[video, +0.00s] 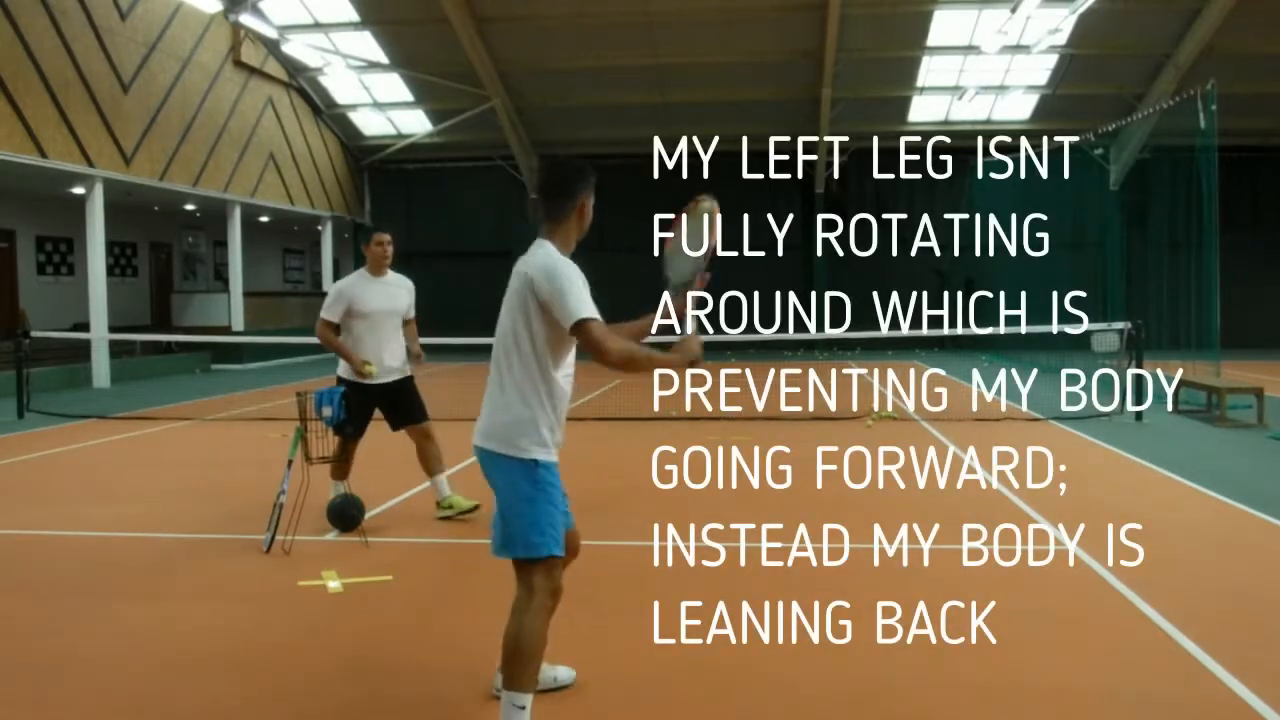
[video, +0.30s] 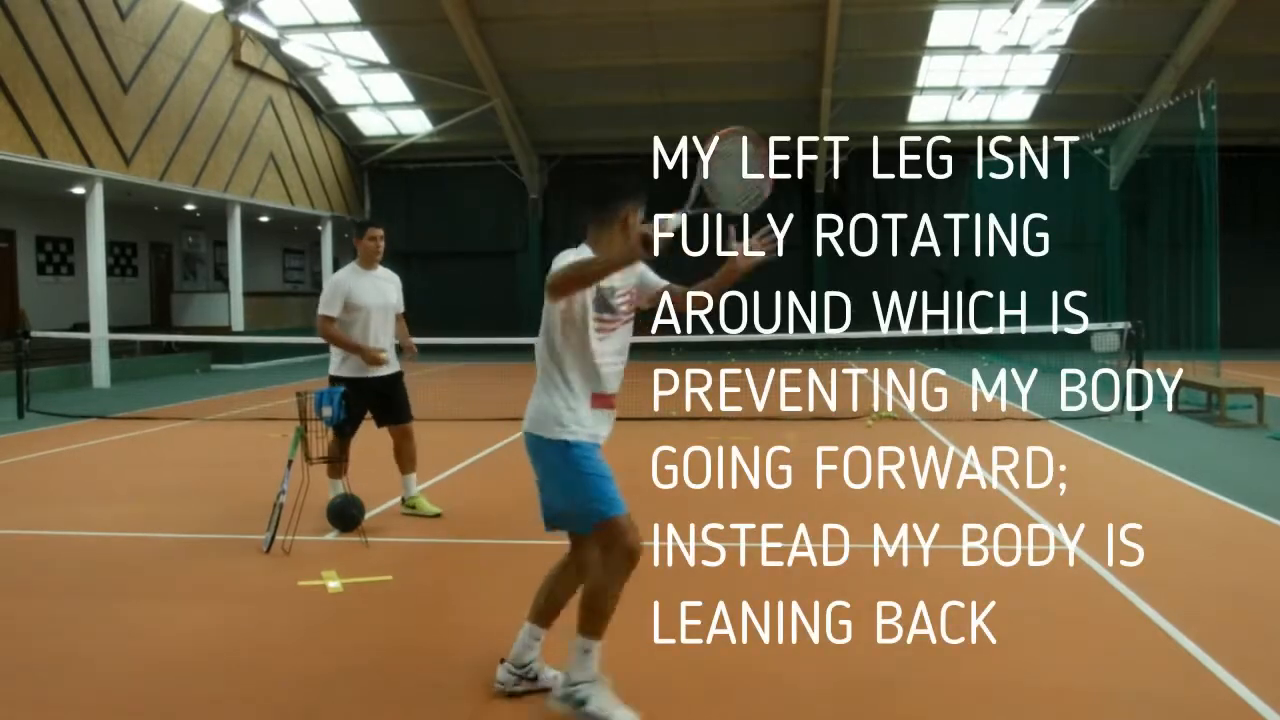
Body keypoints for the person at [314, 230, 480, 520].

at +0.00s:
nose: (386, 250)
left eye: (389, 244)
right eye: (379, 245)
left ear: (393, 249)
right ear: (366, 250)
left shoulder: (405, 286)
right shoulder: (345, 288)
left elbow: (409, 322)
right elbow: (323, 331)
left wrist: (414, 344)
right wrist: (353, 360)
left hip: (398, 379)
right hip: (358, 382)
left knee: (424, 433)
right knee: (347, 442)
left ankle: (445, 497)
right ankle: (338, 498)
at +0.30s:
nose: (379, 244)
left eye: (381, 239)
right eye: (372, 239)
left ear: (384, 244)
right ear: (357, 243)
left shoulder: (392, 280)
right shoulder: (340, 281)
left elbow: (398, 318)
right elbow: (325, 327)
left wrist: (405, 339)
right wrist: (362, 351)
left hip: (388, 374)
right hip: (349, 377)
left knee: (404, 431)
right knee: (341, 438)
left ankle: (411, 495)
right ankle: (337, 497)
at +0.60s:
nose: (381, 245)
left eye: (383, 239)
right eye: (374, 239)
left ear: (386, 244)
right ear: (358, 243)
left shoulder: (393, 278)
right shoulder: (340, 281)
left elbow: (400, 318)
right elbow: (328, 329)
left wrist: (408, 342)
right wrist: (367, 348)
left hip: (389, 373)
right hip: (350, 376)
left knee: (402, 431)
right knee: (340, 436)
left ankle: (411, 495)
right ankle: (337, 497)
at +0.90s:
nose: (384, 246)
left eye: (386, 241)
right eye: (378, 241)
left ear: (388, 245)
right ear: (360, 243)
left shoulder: (395, 279)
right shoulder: (341, 282)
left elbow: (402, 317)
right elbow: (324, 328)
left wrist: (418, 342)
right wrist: (359, 351)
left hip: (390, 374)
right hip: (351, 377)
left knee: (403, 431)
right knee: (340, 436)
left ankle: (411, 496)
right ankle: (337, 497)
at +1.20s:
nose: (389, 245)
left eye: (389, 240)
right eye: (384, 240)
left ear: (380, 244)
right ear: (366, 242)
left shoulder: (390, 278)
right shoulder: (341, 281)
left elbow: (395, 315)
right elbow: (324, 328)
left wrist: (416, 339)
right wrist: (361, 351)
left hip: (389, 374)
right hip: (351, 377)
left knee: (402, 432)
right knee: (340, 436)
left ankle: (411, 495)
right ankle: (336, 497)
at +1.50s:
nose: (388, 247)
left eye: (387, 242)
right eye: (385, 242)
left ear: (372, 244)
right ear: (374, 243)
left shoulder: (383, 278)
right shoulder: (341, 280)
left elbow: (391, 320)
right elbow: (321, 327)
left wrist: (426, 330)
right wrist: (358, 354)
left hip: (388, 373)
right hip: (352, 377)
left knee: (401, 432)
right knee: (342, 437)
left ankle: (411, 495)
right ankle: (337, 497)